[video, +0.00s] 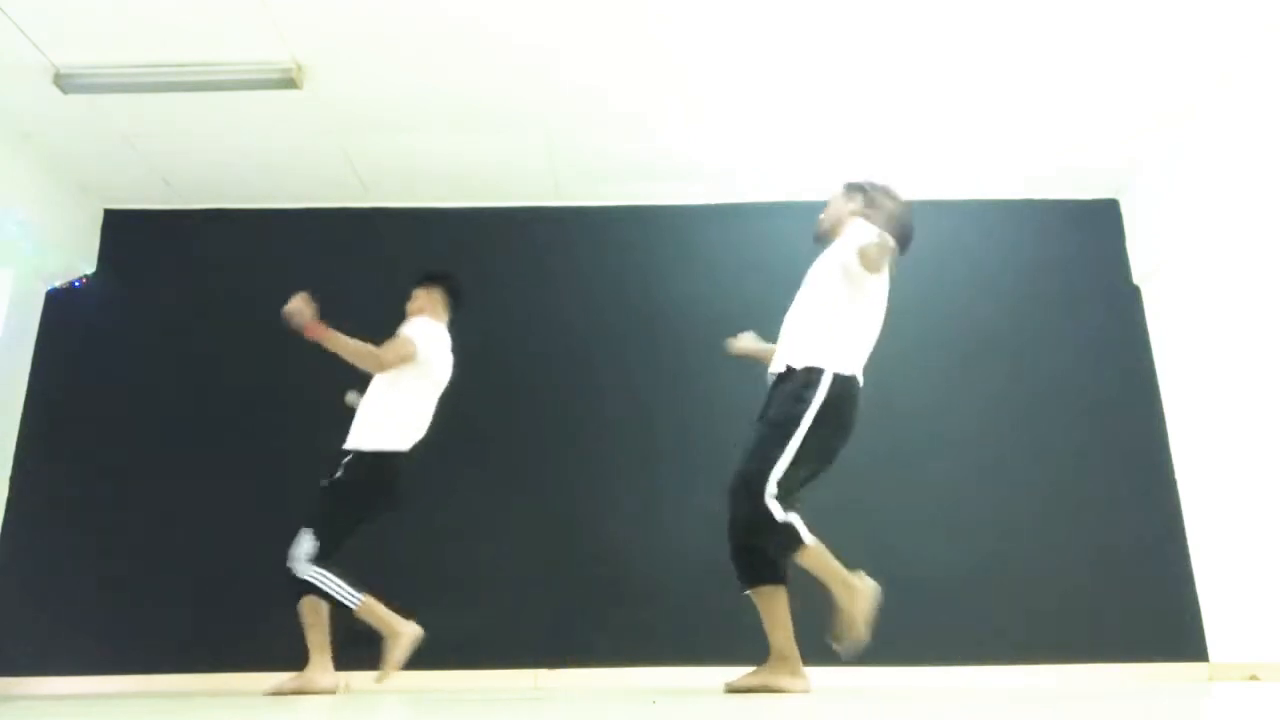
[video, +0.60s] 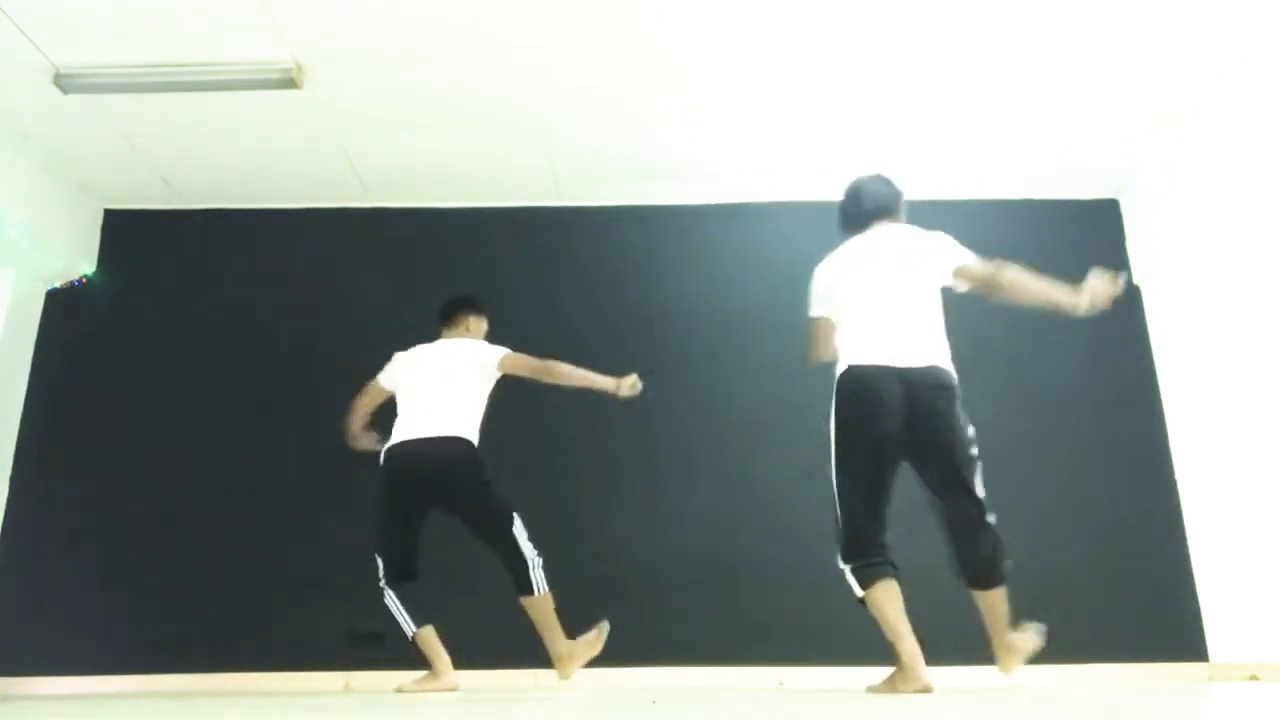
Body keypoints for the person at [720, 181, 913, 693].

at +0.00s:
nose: (826, 204)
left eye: (837, 197)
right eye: (832, 197)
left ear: (862, 207)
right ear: (857, 209)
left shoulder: (862, 243)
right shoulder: (831, 265)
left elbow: (876, 255)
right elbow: (806, 350)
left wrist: (878, 249)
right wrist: (758, 349)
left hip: (820, 386)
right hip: (792, 389)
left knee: (762, 498)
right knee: (747, 516)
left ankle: (851, 590)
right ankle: (783, 664)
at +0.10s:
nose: (826, 189)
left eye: (837, 181)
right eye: (830, 181)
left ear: (857, 193)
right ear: (864, 198)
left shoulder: (858, 231)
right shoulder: (837, 249)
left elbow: (850, 231)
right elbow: (834, 323)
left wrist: (827, 206)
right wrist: (787, 342)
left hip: (825, 379)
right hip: (804, 379)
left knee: (787, 518)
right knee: (766, 520)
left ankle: (883, 624)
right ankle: (785, 663)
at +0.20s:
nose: (811, 193)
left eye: (818, 183)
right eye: (816, 184)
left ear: (832, 187)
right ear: (866, 196)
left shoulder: (836, 216)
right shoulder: (874, 245)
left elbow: (795, 227)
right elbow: (877, 325)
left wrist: (744, 219)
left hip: (834, 366)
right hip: (867, 374)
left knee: (834, 524)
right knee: (806, 518)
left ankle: (906, 658)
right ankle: (783, 655)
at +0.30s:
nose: (807, 198)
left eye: (811, 191)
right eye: (815, 190)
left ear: (817, 195)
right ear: (861, 203)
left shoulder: (815, 229)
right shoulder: (883, 249)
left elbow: (768, 272)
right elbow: (910, 332)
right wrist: (909, 383)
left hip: (857, 373)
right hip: (906, 378)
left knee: (853, 531)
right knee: (850, 528)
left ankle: (913, 664)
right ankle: (809, 655)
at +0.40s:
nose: (807, 223)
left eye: (809, 214)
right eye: (810, 214)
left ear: (817, 215)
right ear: (864, 216)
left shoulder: (812, 252)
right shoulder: (896, 257)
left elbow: (766, 323)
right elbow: (941, 337)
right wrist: (984, 400)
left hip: (870, 383)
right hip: (930, 386)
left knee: (851, 540)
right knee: (891, 535)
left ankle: (914, 667)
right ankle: (869, 653)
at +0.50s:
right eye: (879, 210)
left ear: (828, 221)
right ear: (880, 216)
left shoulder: (819, 262)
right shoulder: (912, 254)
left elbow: (787, 351)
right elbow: (974, 316)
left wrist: (787, 382)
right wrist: (1049, 360)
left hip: (868, 388)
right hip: (932, 386)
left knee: (851, 537)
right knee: (936, 519)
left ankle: (911, 667)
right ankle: (949, 663)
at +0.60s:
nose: (907, 214)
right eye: (903, 206)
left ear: (849, 218)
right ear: (899, 210)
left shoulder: (832, 264)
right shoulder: (928, 243)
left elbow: (820, 349)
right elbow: (994, 277)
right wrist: (1077, 298)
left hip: (863, 392)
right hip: (932, 387)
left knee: (860, 534)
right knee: (967, 511)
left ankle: (911, 667)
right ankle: (1005, 643)